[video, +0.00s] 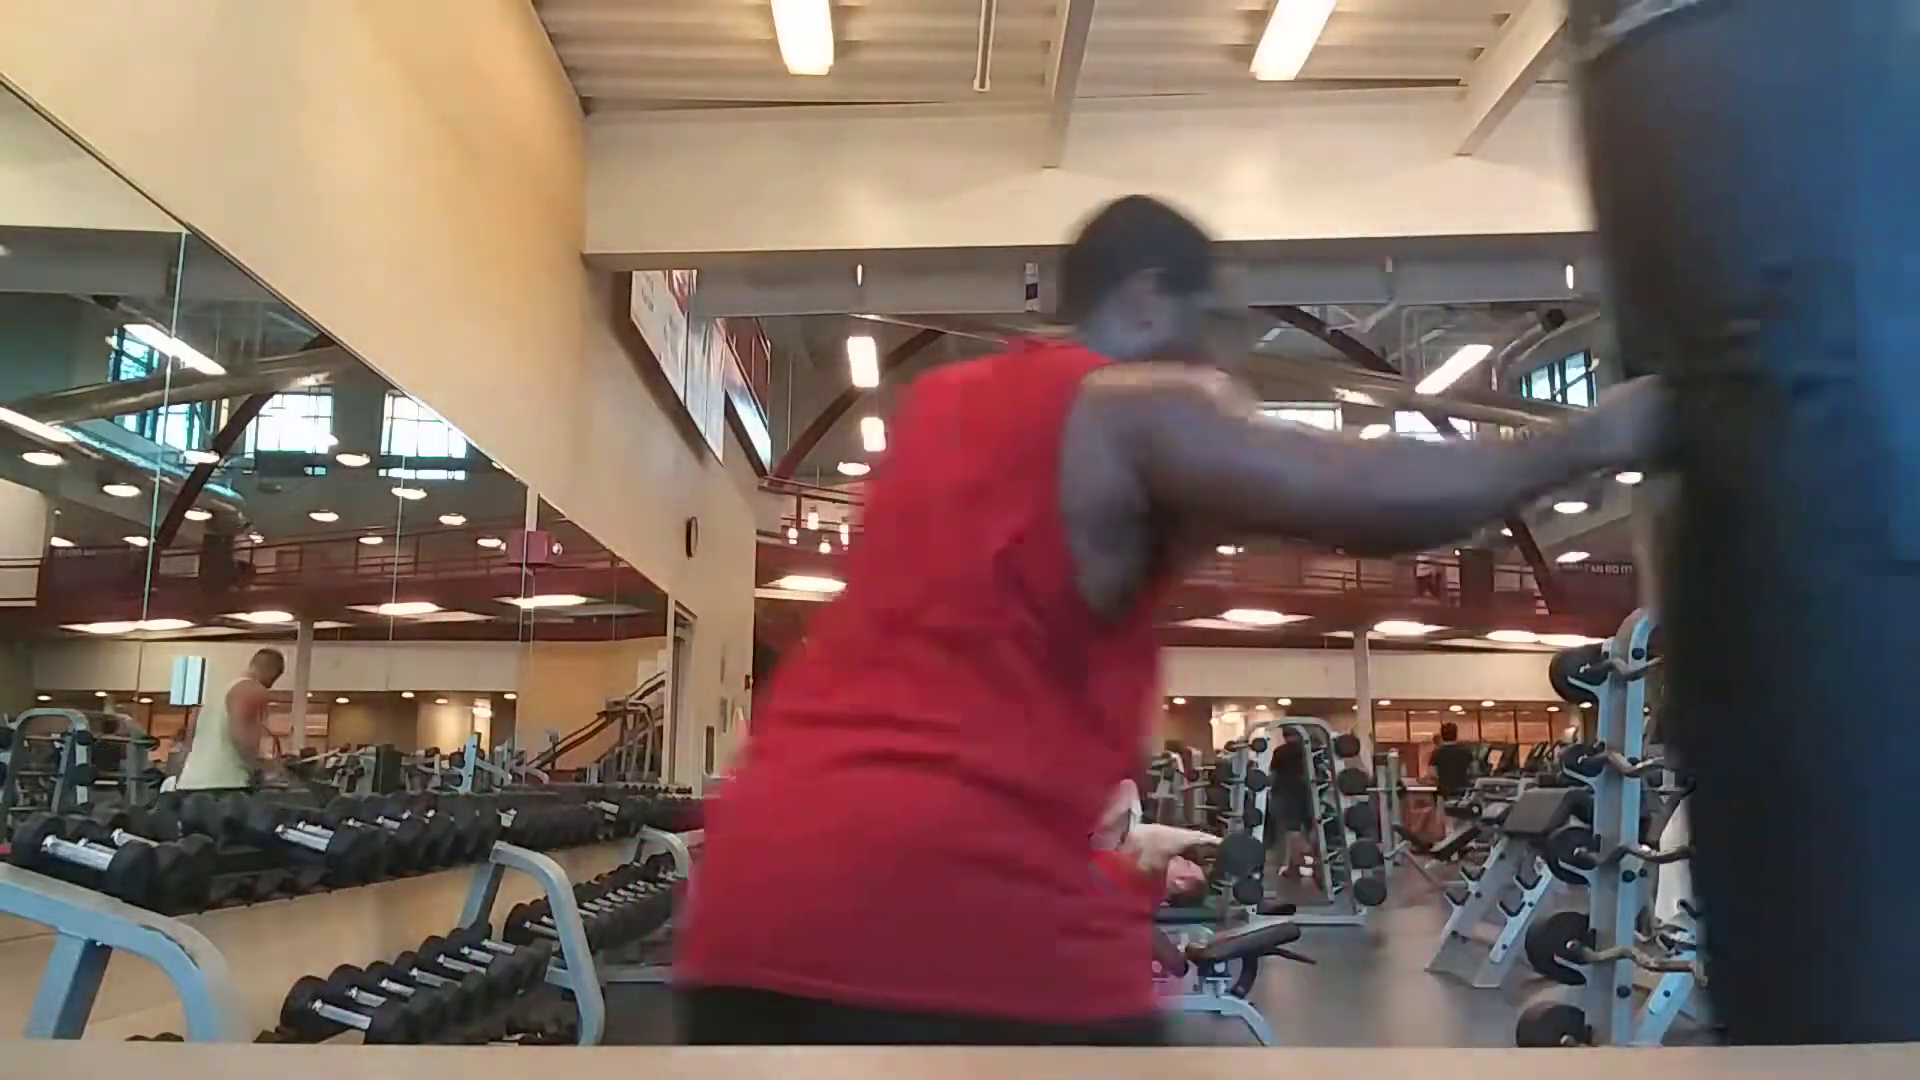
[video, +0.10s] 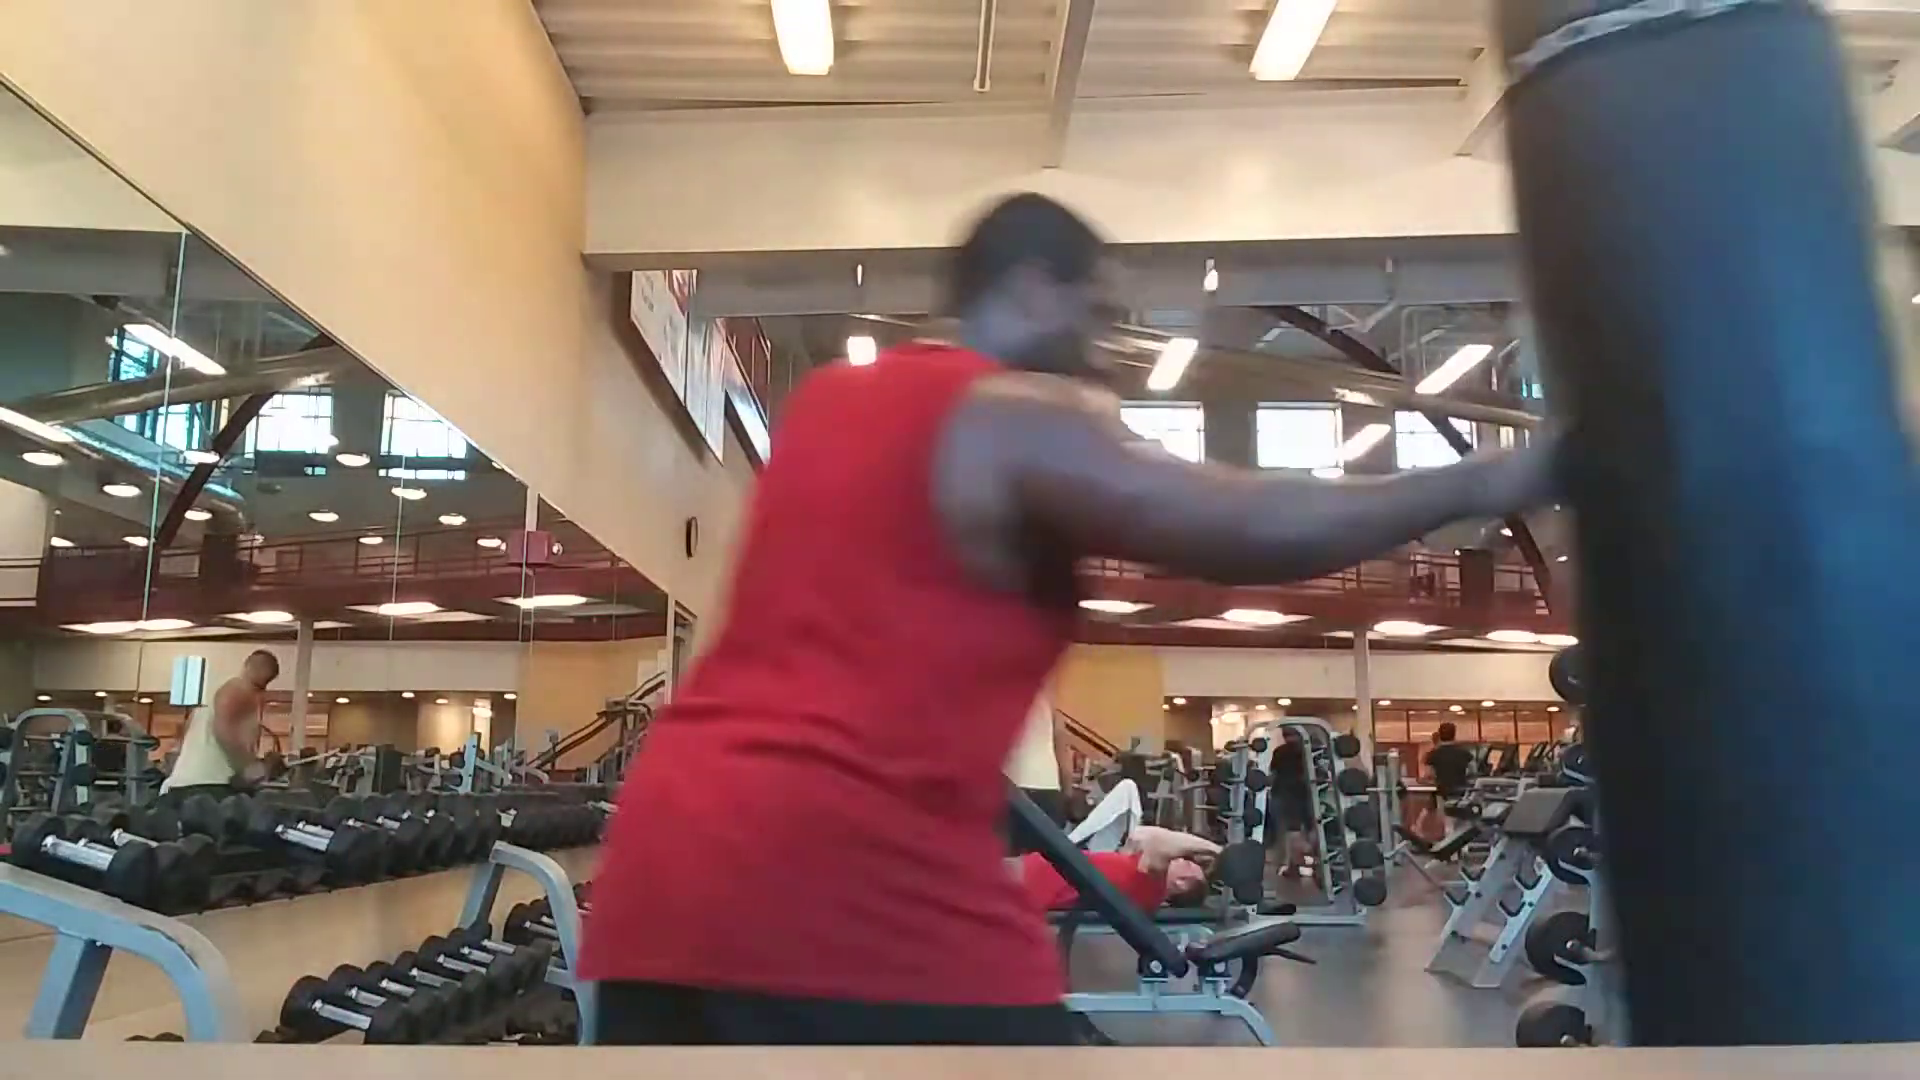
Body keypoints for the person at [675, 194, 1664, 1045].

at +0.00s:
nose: (1206, 354)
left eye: (1207, 336)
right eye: (1205, 327)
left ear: (1063, 295)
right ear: (1158, 302)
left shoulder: (924, 403)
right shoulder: (1123, 407)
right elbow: (1385, 501)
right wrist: (1597, 437)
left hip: (750, 914)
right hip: (962, 919)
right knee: (1226, 1043)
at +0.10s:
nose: (1104, 344)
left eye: (1105, 319)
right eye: (1095, 311)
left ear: (964, 290)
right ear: (1034, 286)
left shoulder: (811, 407)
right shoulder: (1011, 418)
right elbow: (1269, 531)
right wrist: (1511, 476)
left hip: (659, 872)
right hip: (852, 886)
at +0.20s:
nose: (1019, 326)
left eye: (1024, 303)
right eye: (1014, 297)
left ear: (871, 274)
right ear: (943, 271)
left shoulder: (732, 393)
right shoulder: (933, 399)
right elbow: (1162, 535)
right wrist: (1394, 530)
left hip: (603, 888)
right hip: (806, 881)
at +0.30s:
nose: (975, 313)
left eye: (980, 290)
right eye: (969, 283)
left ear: (839, 262)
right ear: (895, 255)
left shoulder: (678, 379)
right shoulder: (897, 387)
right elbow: (1134, 515)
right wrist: (1348, 496)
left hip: (578, 880)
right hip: (785, 865)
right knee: (964, 1073)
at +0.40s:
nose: (957, 314)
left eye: (964, 290)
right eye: (954, 284)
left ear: (837, 258)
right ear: (885, 259)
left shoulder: (658, 378)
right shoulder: (893, 394)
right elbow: (1139, 511)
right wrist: (1352, 476)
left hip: (554, 895)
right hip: (773, 883)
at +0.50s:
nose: (970, 348)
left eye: (975, 322)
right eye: (967, 315)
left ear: (830, 283)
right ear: (900, 287)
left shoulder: (652, 401)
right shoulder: (877, 424)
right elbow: (1135, 546)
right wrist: (1291, 488)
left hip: (538, 895)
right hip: (751, 894)